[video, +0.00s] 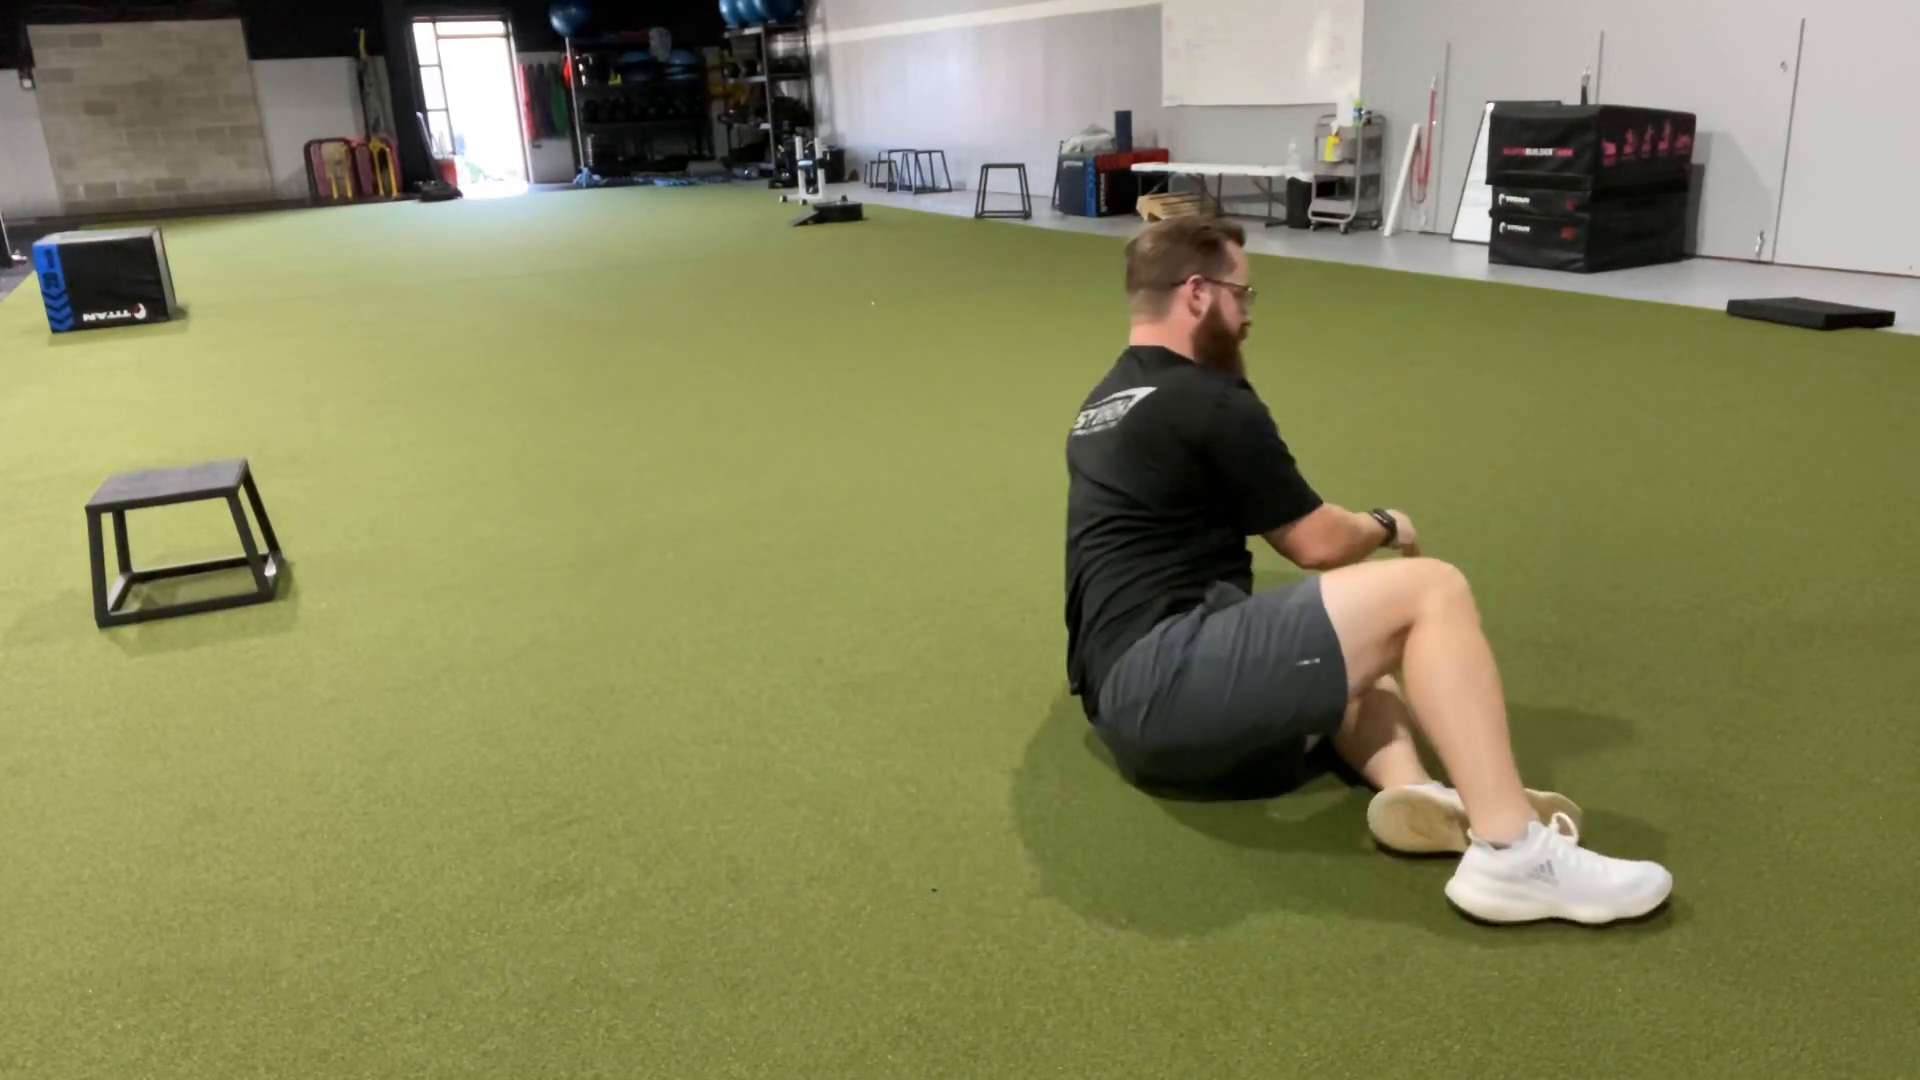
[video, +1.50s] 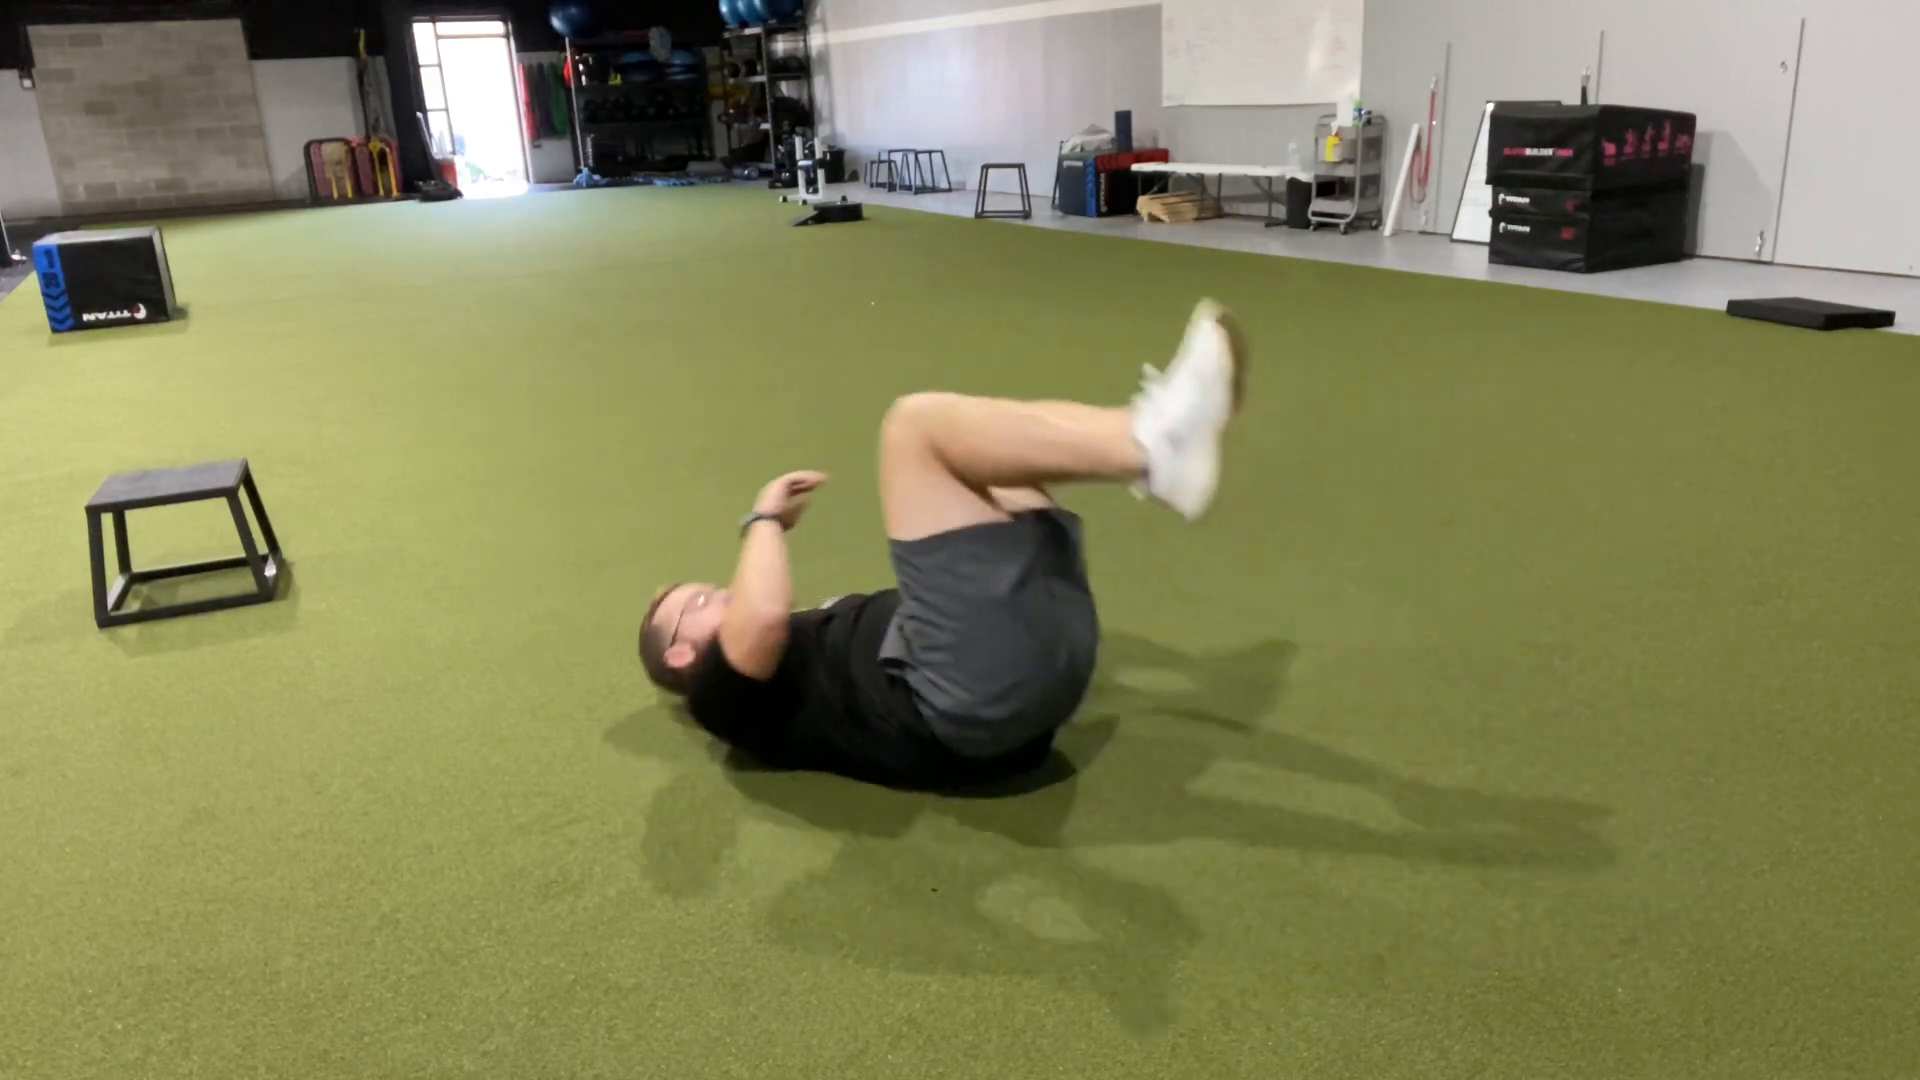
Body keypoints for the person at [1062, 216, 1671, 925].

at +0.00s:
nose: (1248, 317)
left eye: (1248, 299)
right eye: (1242, 298)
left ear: (1162, 303)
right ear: (1196, 298)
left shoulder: (1114, 396)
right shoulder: (1211, 402)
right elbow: (1317, 539)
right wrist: (1384, 527)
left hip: (1146, 733)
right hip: (1169, 676)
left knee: (1355, 679)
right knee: (1431, 590)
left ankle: (1410, 787)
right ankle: (1512, 847)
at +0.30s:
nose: (1251, 312)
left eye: (1249, 293)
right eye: (1243, 293)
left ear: (1170, 302)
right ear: (1195, 297)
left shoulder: (1124, 394)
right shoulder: (1212, 403)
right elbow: (1316, 543)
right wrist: (1390, 528)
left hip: (1153, 739)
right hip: (1168, 686)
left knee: (1354, 682)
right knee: (1427, 591)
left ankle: (1411, 788)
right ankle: (1516, 850)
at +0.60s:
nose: (1157, 315)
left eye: (1151, 298)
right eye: (1142, 300)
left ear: (1085, 318)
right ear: (1088, 317)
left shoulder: (1071, 415)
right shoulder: (1105, 422)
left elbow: (1174, 556)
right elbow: (1222, 550)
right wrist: (1324, 523)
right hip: (1134, 690)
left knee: (1347, 680)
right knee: (1392, 599)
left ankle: (1407, 789)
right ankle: (1515, 849)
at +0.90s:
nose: (981, 384)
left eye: (973, 369)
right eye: (959, 376)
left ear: (926, 400)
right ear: (905, 409)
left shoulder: (962, 482)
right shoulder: (930, 500)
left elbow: (1067, 578)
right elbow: (1082, 576)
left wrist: (1143, 546)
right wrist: (1193, 513)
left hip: (1107, 703)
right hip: (1075, 712)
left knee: (1319, 620)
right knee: (1322, 587)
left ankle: (1404, 781)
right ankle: (1466, 824)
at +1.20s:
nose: (813, 482)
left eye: (803, 472)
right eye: (785, 483)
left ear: (818, 497)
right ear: (751, 534)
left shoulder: (884, 563)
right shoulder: (793, 600)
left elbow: (1009, 621)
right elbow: (916, 595)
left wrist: (1165, 618)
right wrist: (992, 488)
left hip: (1090, 730)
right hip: (1022, 733)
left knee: (1207, 506)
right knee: (1149, 492)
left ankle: (1351, 658)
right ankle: (1334, 687)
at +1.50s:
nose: (706, 596)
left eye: (702, 590)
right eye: (683, 610)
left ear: (726, 595)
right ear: (681, 660)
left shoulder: (792, 653)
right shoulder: (719, 690)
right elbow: (763, 624)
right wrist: (766, 518)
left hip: (1032, 675)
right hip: (967, 691)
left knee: (989, 453)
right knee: (914, 427)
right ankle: (1149, 449)